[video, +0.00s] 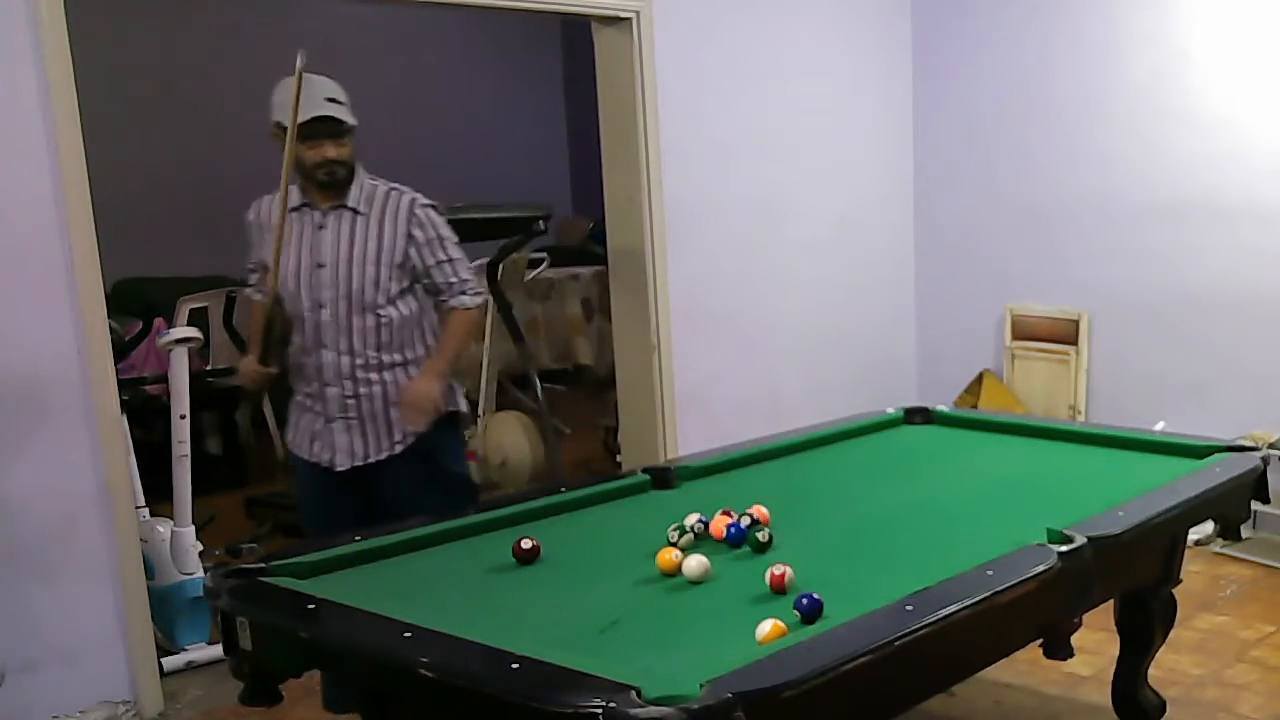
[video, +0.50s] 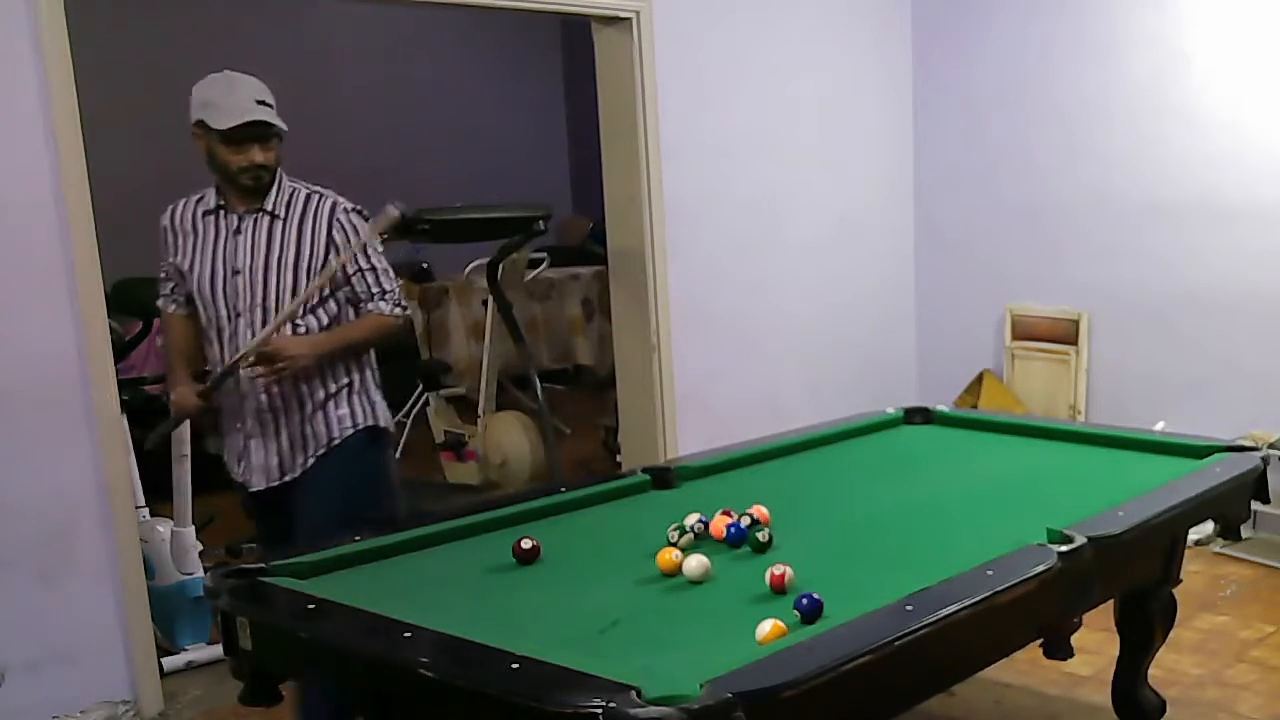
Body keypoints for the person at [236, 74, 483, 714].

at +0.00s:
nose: (330, 153)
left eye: (340, 137)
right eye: (313, 140)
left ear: (355, 140)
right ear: (286, 145)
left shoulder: (404, 210)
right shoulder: (268, 218)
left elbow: (468, 298)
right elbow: (261, 295)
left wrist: (434, 375)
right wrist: (256, 353)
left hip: (414, 435)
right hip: (320, 442)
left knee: (437, 574)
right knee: (337, 582)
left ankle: (454, 703)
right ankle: (355, 703)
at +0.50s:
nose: (256, 157)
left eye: (266, 139)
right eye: (238, 142)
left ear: (281, 138)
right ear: (202, 144)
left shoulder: (329, 212)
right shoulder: (183, 222)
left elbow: (393, 312)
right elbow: (178, 302)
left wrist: (316, 346)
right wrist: (182, 375)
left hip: (339, 437)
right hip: (255, 454)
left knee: (343, 599)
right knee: (291, 603)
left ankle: (349, 707)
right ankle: (325, 706)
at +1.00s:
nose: (225, 163)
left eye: (237, 146)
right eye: (206, 146)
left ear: (251, 142)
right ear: (160, 139)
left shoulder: (283, 234)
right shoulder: (120, 217)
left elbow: (345, 339)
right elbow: (106, 306)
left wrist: (266, 380)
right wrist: (100, 394)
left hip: (264, 470)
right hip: (164, 477)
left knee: (259, 627)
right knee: (168, 629)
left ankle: (280, 712)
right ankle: (254, 709)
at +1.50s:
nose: (153, 173)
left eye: (161, 155)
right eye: (132, 155)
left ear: (174, 152)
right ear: (71, 150)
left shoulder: (207, 247)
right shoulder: (18, 241)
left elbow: (280, 352)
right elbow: (7, 347)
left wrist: (207, 400)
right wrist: (5, 435)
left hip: (202, 528)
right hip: (75, 537)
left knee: (240, 700)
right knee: (76, 706)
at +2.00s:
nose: (22, 152)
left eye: (25, 135)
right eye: (10, 136)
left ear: (32, 140)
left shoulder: (73, 230)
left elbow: (143, 338)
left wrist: (103, 404)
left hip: (96, 517)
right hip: (4, 542)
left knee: (129, 695)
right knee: (18, 704)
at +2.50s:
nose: (53, 170)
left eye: (53, 150)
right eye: (33, 151)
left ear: (54, 152)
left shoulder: (81, 256)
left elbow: (129, 370)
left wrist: (113, 436)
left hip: (81, 577)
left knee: (99, 707)